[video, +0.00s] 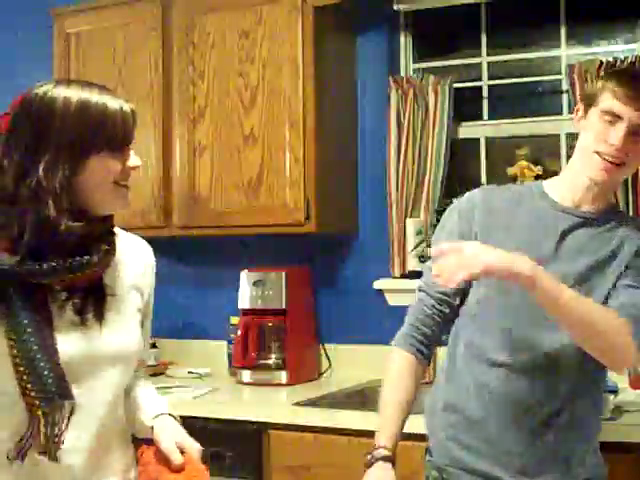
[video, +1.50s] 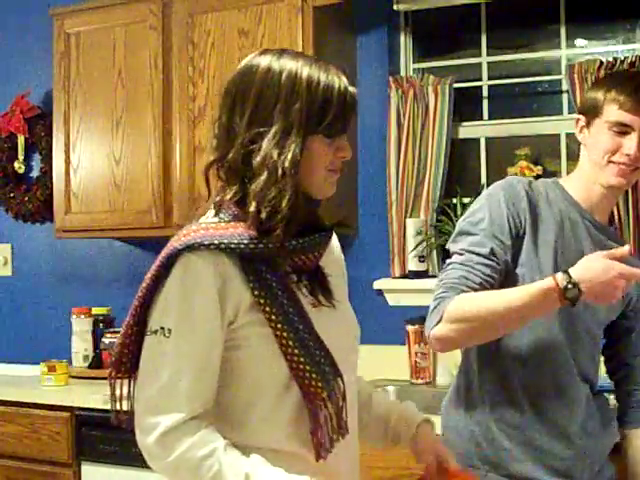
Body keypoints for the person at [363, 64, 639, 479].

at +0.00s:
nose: (619, 141)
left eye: (637, 132)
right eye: (611, 118)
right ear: (580, 116)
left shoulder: (629, 244)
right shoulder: (477, 211)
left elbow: (629, 357)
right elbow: (416, 337)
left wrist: (526, 272)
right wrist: (381, 456)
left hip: (566, 469)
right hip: (459, 463)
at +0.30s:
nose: (579, 125)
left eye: (602, 114)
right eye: (575, 109)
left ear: (636, 136)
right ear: (566, 117)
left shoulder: (631, 251)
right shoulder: (487, 211)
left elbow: (635, 377)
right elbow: (418, 333)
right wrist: (394, 449)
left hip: (568, 467)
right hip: (464, 461)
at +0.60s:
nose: (595, 137)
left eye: (617, 126)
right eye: (590, 118)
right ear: (582, 119)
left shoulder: (632, 256)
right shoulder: (499, 200)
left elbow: (635, 368)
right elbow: (416, 297)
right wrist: (397, 384)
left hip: (571, 467)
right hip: (467, 460)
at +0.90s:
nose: (619, 143)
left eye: (637, 132)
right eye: (611, 125)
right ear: (593, 129)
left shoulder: (633, 268)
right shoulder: (514, 195)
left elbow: (638, 375)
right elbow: (405, 276)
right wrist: (382, 376)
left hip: (577, 467)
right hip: (483, 460)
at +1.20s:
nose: (618, 142)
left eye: (636, 130)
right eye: (607, 122)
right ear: (584, 123)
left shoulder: (633, 260)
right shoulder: (506, 204)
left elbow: (637, 381)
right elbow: (419, 315)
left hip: (586, 467)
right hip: (491, 460)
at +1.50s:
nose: (633, 150)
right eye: (620, 129)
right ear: (582, 128)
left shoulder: (622, 257)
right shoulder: (513, 200)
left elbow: (631, 383)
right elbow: (443, 327)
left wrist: (631, 462)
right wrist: (569, 286)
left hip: (583, 458)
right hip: (490, 457)